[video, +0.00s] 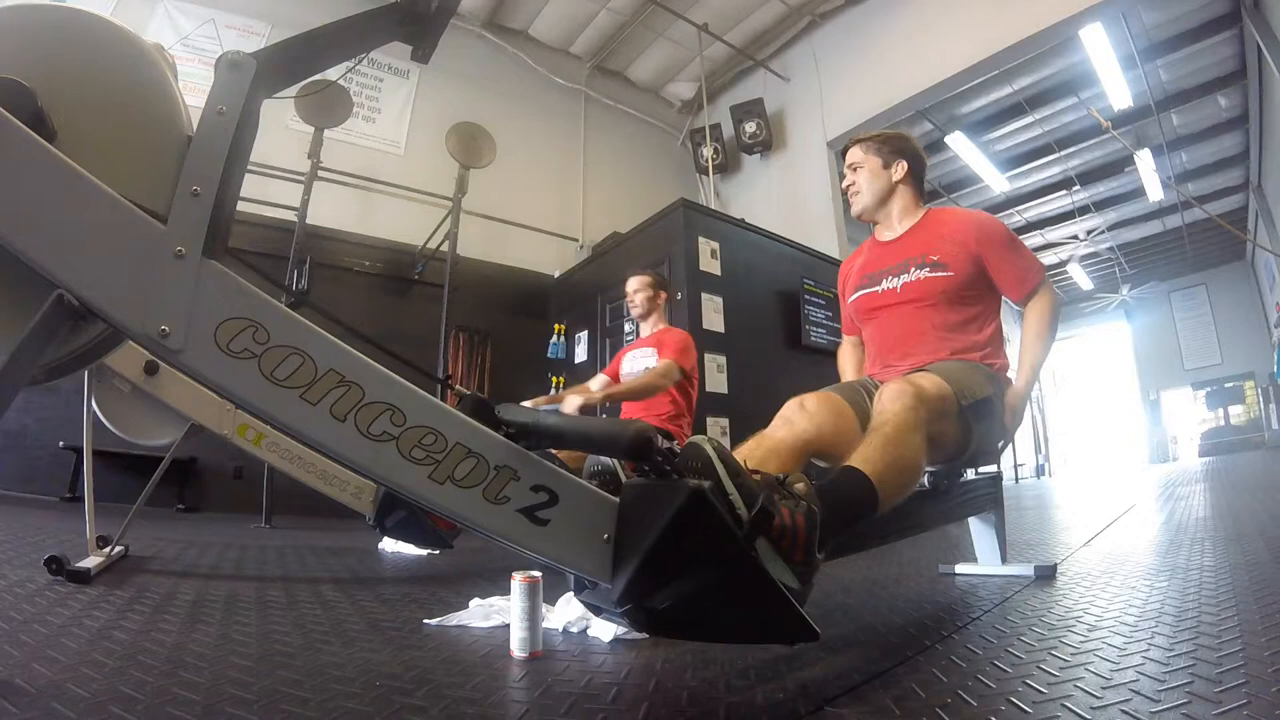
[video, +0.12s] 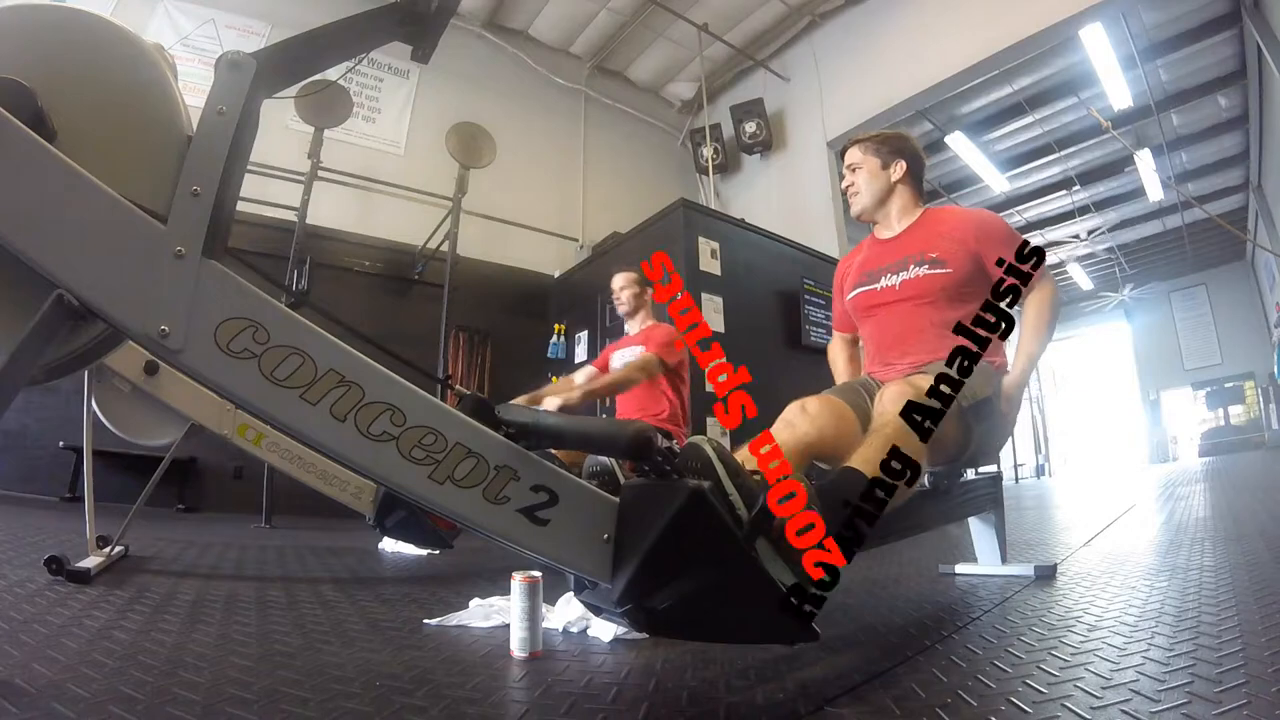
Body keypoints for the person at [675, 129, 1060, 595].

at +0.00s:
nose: (845, 181)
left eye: (856, 167)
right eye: (845, 174)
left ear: (898, 170)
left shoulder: (972, 227)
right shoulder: (852, 267)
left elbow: (1040, 296)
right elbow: (851, 343)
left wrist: (1021, 388)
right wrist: (856, 399)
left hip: (970, 376)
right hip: (880, 392)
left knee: (903, 398)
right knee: (801, 415)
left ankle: (815, 516)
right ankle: (696, 493)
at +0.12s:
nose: (844, 182)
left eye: (855, 169)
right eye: (844, 174)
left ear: (897, 170)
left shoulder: (971, 226)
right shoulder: (850, 264)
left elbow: (1041, 285)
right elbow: (842, 343)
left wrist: (1017, 381)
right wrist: (855, 400)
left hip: (968, 387)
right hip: (881, 399)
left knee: (902, 396)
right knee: (802, 417)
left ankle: (822, 532)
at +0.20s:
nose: (844, 182)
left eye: (854, 169)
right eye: (843, 174)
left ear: (896, 171)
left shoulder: (970, 227)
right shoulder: (847, 266)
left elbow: (1039, 285)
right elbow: (838, 339)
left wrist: (1018, 368)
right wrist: (849, 394)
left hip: (962, 384)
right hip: (877, 393)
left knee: (903, 424)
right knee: (798, 421)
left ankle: (810, 513)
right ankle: (708, 486)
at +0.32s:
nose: (843, 182)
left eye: (853, 167)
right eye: (842, 172)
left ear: (895, 169)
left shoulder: (969, 226)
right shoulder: (846, 264)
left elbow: (1038, 284)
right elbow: (834, 335)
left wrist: (1012, 357)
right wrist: (846, 383)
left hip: (966, 369)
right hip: (878, 391)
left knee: (916, 401)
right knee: (795, 421)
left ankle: (811, 512)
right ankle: (704, 494)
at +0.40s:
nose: (844, 180)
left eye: (856, 166)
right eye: (843, 171)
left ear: (897, 169)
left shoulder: (969, 226)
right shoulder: (847, 263)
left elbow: (1038, 284)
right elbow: (833, 335)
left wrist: (1011, 352)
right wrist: (844, 379)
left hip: (963, 368)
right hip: (875, 390)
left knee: (905, 408)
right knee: (793, 420)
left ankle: (812, 511)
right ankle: (713, 494)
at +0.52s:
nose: (845, 181)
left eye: (856, 169)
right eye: (846, 171)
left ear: (896, 172)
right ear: (858, 180)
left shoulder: (960, 223)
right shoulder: (848, 261)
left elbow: (1038, 276)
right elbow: (830, 330)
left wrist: (1005, 337)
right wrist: (835, 357)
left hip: (956, 361)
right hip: (874, 386)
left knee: (910, 411)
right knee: (802, 419)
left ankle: (808, 506)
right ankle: (717, 494)